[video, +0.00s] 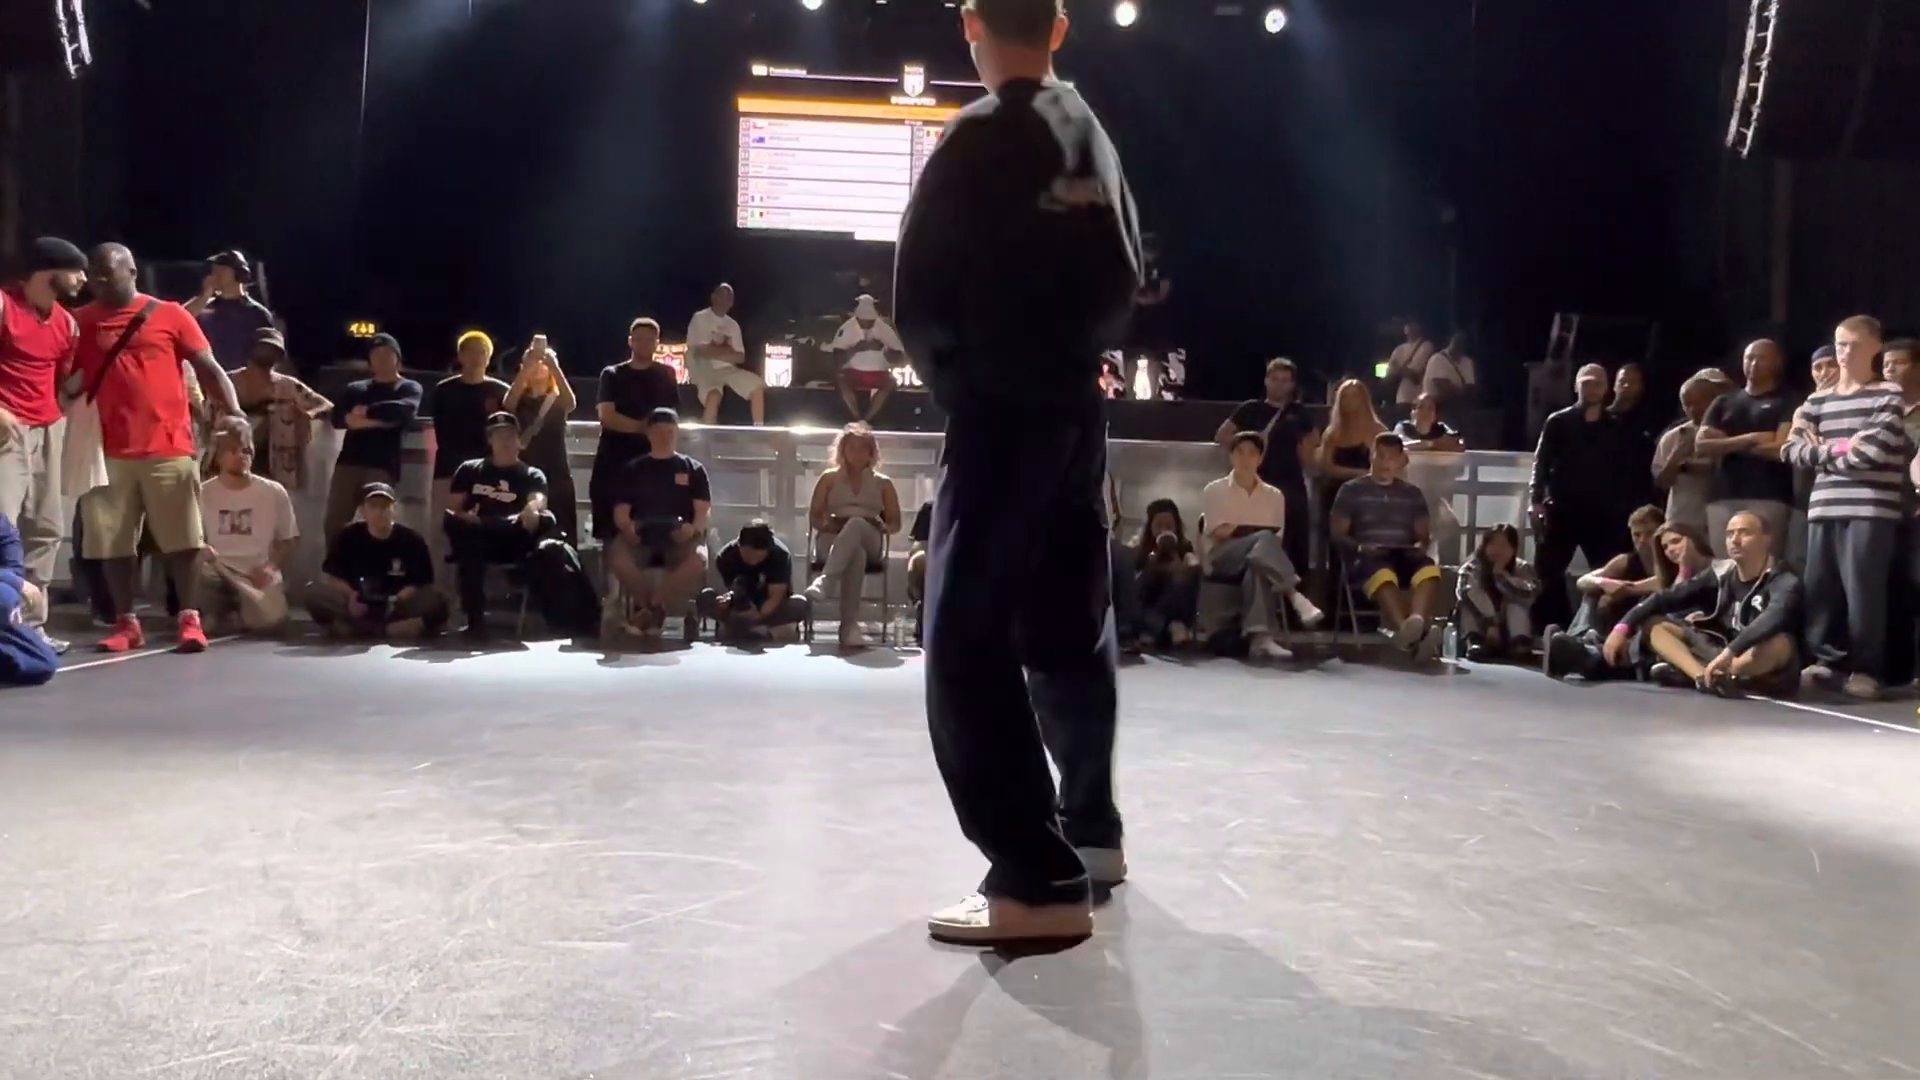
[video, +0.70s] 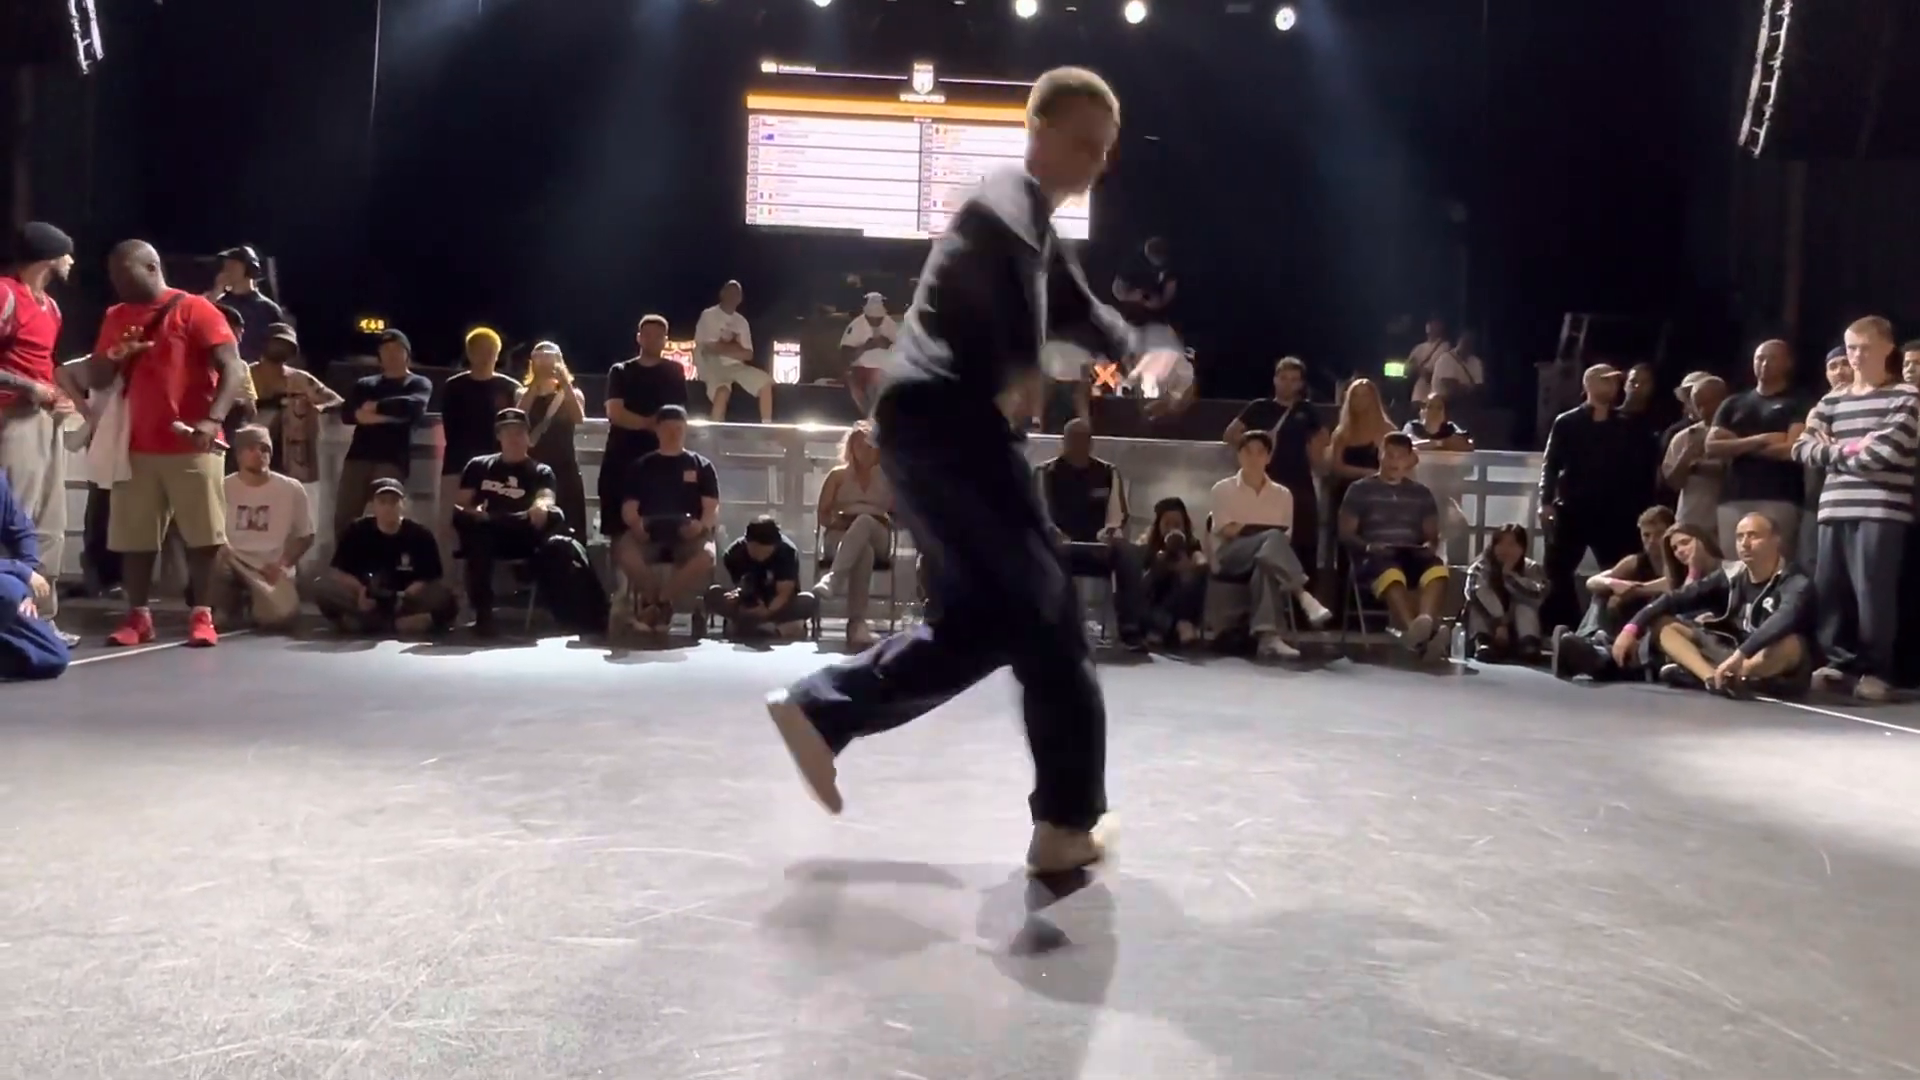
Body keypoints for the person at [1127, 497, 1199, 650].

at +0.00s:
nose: (1164, 531)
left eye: (1169, 526)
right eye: (1159, 526)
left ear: (1177, 526)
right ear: (1150, 527)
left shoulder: (1184, 547)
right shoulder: (1141, 551)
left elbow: (1194, 566)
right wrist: (1154, 559)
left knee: (1183, 577)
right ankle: (1176, 623)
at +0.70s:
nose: (1172, 530)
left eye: (1177, 524)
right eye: (1167, 524)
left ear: (1185, 525)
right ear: (1158, 525)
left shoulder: (1192, 545)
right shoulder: (1147, 548)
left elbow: (1202, 564)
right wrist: (1161, 562)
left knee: (1192, 575)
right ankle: (1183, 623)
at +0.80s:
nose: (1173, 528)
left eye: (1178, 523)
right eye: (1168, 523)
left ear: (1186, 523)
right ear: (1159, 523)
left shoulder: (1193, 543)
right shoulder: (1149, 546)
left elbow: (1204, 562)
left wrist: (1188, 563)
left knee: (1193, 575)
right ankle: (1184, 622)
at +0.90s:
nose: (1175, 528)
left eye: (1180, 523)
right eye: (1169, 523)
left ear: (1188, 523)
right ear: (1160, 523)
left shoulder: (1194, 543)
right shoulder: (1150, 545)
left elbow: (1205, 561)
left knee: (1193, 573)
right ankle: (1184, 622)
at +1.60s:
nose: (1182, 522)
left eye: (1188, 516)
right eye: (1177, 516)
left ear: (1196, 517)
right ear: (1169, 517)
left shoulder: (1203, 539)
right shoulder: (1160, 541)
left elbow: (1214, 561)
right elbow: (1156, 575)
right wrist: (1170, 556)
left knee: (1201, 569)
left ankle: (1168, 622)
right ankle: (1194, 616)